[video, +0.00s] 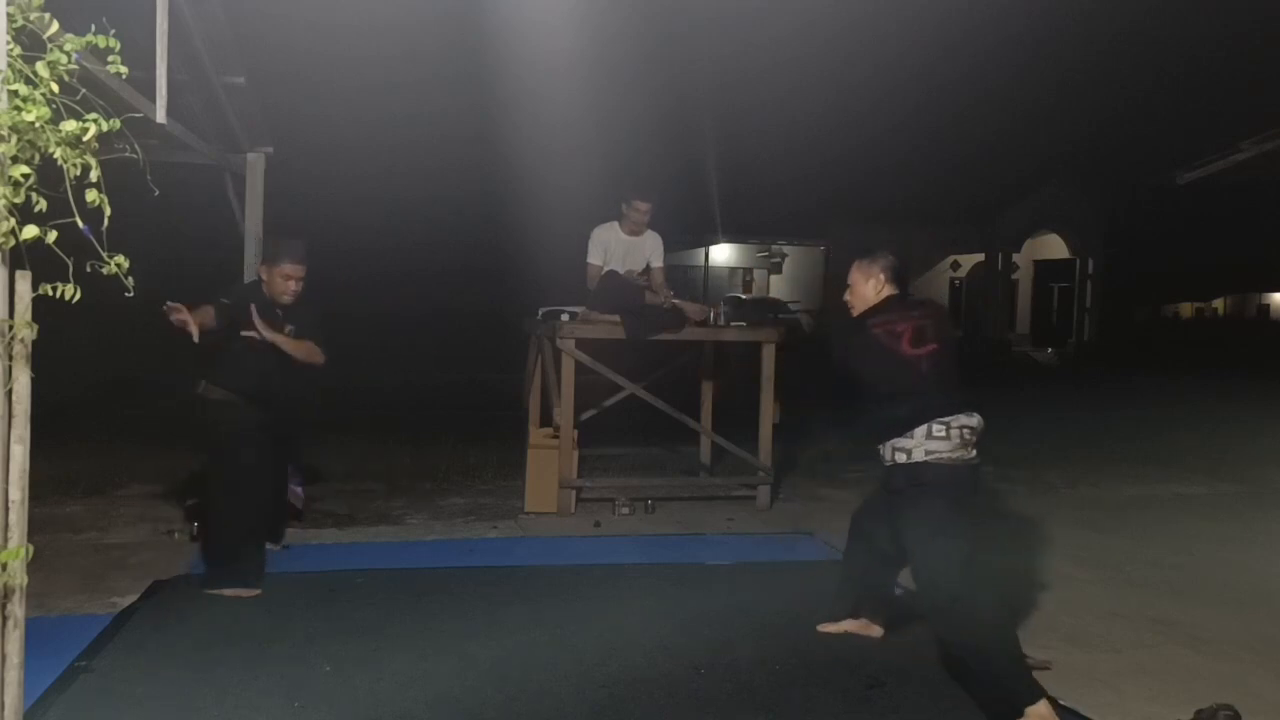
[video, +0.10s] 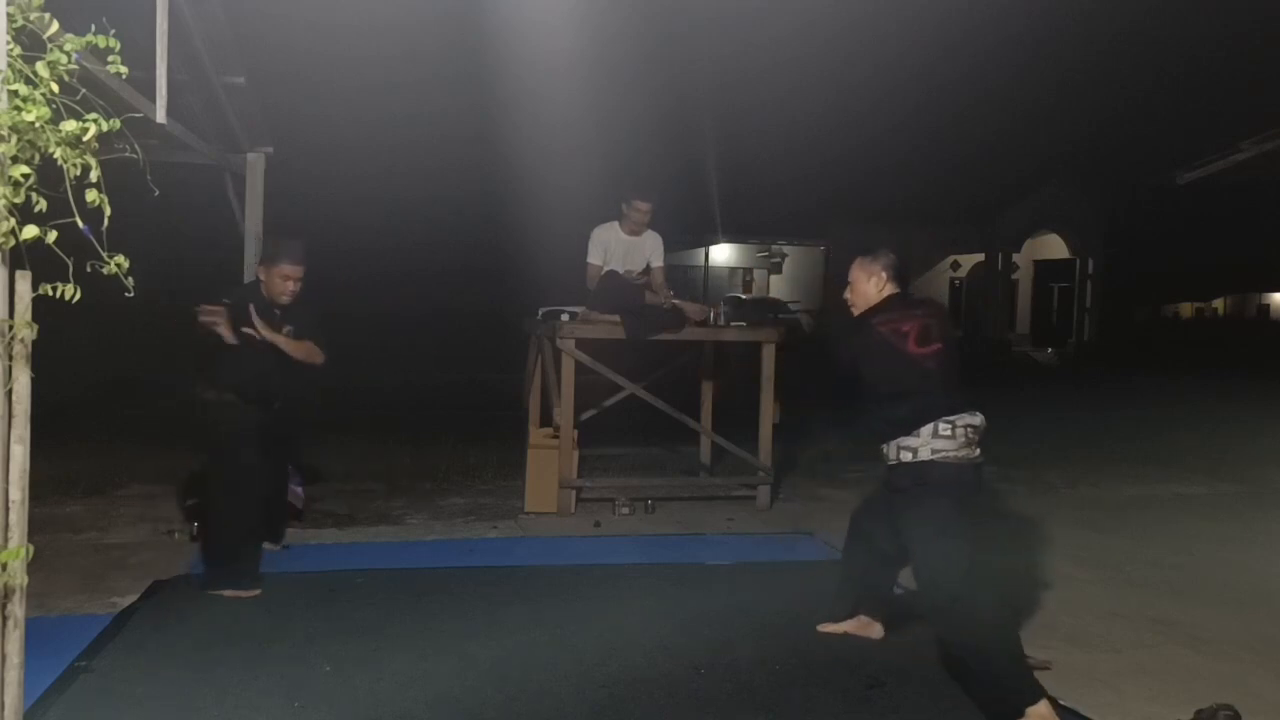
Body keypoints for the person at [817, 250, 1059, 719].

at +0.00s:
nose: (846, 295)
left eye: (852, 285)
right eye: (847, 285)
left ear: (878, 282)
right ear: (887, 282)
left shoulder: (864, 333)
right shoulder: (933, 318)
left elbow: (852, 409)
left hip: (923, 477)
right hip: (957, 472)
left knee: (954, 596)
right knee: (870, 524)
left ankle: (1030, 703)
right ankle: (867, 613)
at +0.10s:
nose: (846, 293)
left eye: (852, 283)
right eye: (848, 283)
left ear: (880, 282)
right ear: (887, 281)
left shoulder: (868, 333)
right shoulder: (932, 317)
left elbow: (852, 412)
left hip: (927, 476)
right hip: (962, 470)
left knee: (958, 595)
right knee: (871, 524)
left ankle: (1030, 703)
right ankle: (867, 613)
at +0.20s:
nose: (840, 292)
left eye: (846, 282)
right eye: (842, 282)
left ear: (876, 282)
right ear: (881, 281)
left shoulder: (870, 330)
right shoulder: (916, 313)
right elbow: (861, 329)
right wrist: (821, 342)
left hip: (927, 476)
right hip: (953, 467)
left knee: (958, 590)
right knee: (861, 520)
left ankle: (1032, 703)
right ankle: (864, 615)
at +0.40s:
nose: (830, 285)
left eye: (835, 275)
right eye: (830, 276)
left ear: (864, 274)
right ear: (868, 273)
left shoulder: (861, 322)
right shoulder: (897, 305)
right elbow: (827, 295)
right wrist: (780, 288)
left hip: (914, 459)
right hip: (931, 449)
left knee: (923, 575)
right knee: (851, 520)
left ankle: (995, 669)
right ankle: (864, 615)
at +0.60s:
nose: (817, 288)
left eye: (822, 279)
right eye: (816, 279)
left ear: (851, 274)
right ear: (854, 273)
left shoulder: (846, 324)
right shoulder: (883, 300)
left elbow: (804, 377)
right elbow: (879, 271)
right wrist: (855, 240)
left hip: (906, 455)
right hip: (914, 445)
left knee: (854, 532)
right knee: (843, 520)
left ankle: (894, 626)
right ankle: (851, 612)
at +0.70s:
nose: (818, 289)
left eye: (824, 279)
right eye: (817, 280)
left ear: (854, 273)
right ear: (857, 273)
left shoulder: (845, 323)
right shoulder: (881, 300)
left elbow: (810, 383)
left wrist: (809, 340)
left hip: (902, 452)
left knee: (848, 529)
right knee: (844, 524)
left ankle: (884, 624)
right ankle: (850, 614)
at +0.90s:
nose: (827, 286)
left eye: (832, 275)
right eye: (827, 276)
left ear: (862, 274)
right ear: (862, 273)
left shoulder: (866, 317)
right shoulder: (887, 304)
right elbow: (827, 316)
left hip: (908, 449)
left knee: (868, 529)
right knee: (851, 519)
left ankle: (890, 628)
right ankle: (852, 613)